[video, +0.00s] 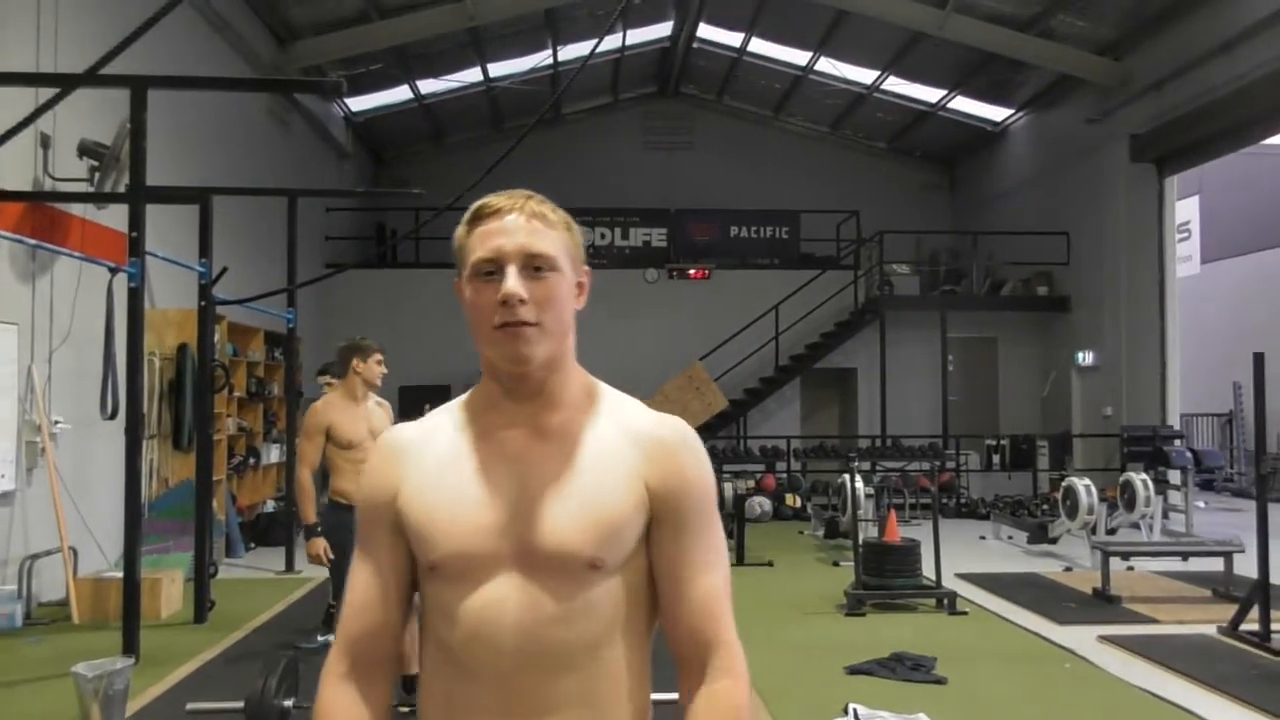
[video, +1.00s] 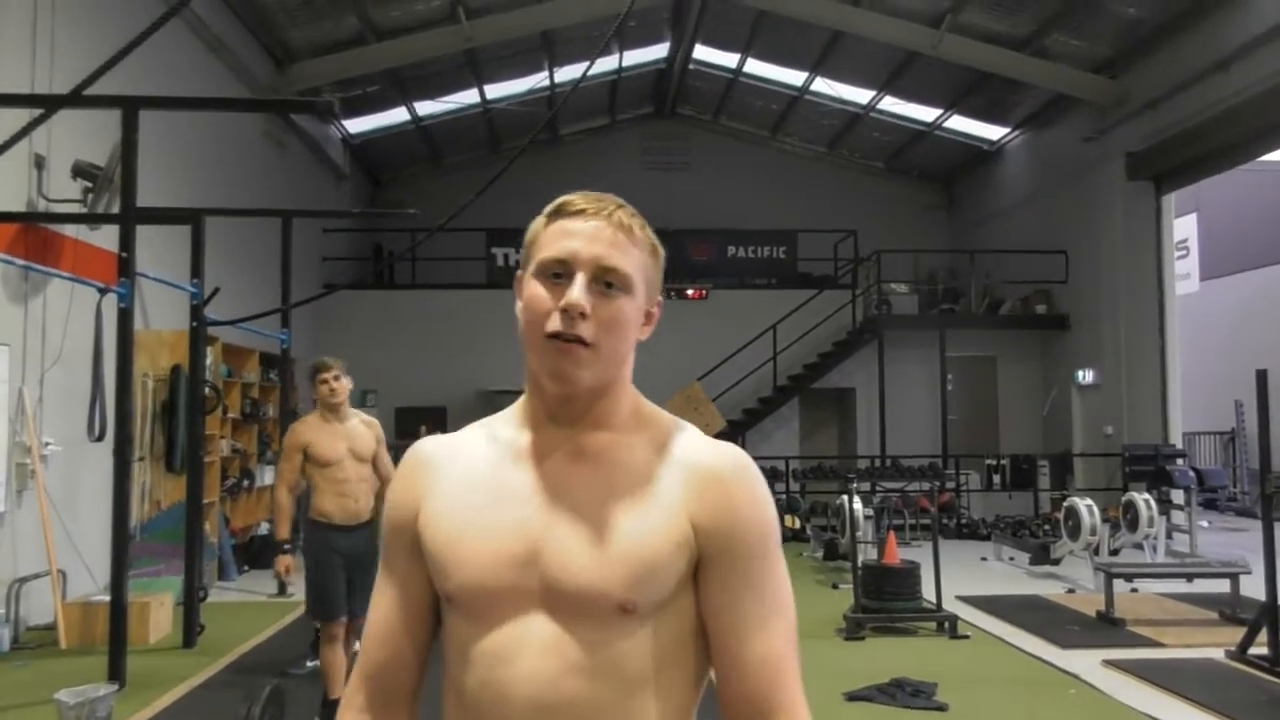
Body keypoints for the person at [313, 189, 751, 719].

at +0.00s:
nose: (512, 292)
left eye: (537, 269)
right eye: (488, 272)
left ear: (580, 290)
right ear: (462, 297)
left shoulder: (662, 450)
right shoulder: (400, 459)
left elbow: (712, 668)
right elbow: (357, 673)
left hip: (605, 713)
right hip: (449, 714)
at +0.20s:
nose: (466, 285)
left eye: (493, 261)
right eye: (443, 266)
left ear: (540, 283)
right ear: (421, 293)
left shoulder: (629, 445)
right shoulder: (368, 461)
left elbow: (698, 677)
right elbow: (323, 685)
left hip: (578, 708)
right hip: (421, 711)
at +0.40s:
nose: (465, 285)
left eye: (495, 262)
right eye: (444, 266)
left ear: (545, 286)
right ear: (423, 293)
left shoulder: (633, 452)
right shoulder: (369, 464)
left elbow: (697, 687)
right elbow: (323, 690)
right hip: (418, 710)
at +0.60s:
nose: (495, 293)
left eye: (526, 271)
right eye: (472, 271)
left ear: (574, 299)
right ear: (447, 298)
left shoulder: (656, 467)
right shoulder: (384, 471)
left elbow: (706, 703)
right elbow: (340, 699)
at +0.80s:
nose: (535, 299)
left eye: (568, 279)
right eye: (516, 273)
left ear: (612, 310)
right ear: (484, 293)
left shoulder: (684, 473)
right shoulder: (406, 470)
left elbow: (735, 704)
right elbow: (360, 697)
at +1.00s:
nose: (574, 301)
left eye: (607, 285)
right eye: (554, 274)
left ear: (648, 319)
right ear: (519, 295)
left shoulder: (716, 481)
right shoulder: (431, 472)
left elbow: (770, 709)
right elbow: (375, 700)